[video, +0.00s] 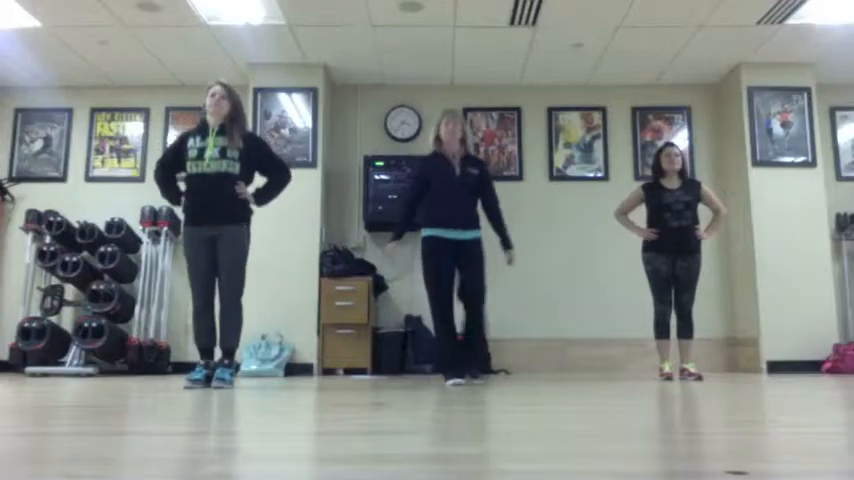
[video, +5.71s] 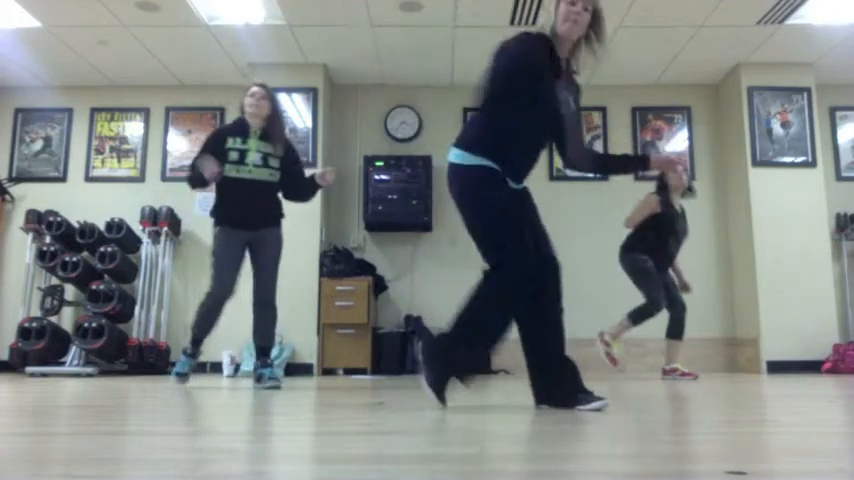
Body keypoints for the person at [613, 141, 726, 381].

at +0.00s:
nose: (673, 159)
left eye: (676, 155)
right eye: (667, 156)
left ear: (682, 160)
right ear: (659, 161)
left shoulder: (694, 187)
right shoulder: (649, 189)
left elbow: (721, 210)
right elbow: (620, 213)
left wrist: (707, 233)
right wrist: (640, 231)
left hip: (688, 253)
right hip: (658, 253)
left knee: (684, 308)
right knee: (663, 308)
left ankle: (686, 363)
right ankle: (665, 363)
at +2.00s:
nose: (660, 163)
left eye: (663, 158)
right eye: (655, 159)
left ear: (670, 162)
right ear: (648, 164)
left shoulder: (682, 189)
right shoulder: (638, 189)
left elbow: (706, 213)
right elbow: (607, 211)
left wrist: (693, 234)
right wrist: (627, 232)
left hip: (676, 253)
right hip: (645, 254)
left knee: (678, 307)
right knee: (649, 308)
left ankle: (685, 364)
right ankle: (650, 364)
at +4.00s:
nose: (648, 164)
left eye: (651, 160)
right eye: (643, 161)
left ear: (658, 163)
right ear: (636, 167)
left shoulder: (670, 190)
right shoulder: (627, 192)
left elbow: (695, 212)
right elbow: (600, 217)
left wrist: (684, 233)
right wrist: (620, 234)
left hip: (667, 252)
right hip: (639, 253)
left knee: (664, 308)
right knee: (645, 309)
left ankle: (662, 363)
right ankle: (649, 364)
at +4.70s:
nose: (635, 164)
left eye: (639, 161)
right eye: (631, 161)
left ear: (645, 166)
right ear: (622, 165)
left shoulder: (656, 194)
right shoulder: (612, 196)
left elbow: (675, 223)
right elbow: (606, 230)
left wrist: (690, 250)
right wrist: (613, 210)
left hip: (656, 255)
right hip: (626, 256)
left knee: (663, 308)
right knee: (627, 310)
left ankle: (663, 363)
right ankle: (616, 364)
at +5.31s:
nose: (638, 163)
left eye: (640, 160)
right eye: (633, 160)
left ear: (643, 166)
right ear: (622, 166)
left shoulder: (649, 194)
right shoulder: (611, 190)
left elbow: (656, 231)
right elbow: (615, 210)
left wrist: (671, 264)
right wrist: (626, 181)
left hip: (645, 256)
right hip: (619, 256)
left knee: (676, 299)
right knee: (619, 307)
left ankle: (672, 358)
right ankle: (615, 365)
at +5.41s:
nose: (647, 165)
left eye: (650, 161)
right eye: (642, 160)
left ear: (654, 166)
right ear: (634, 165)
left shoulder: (658, 201)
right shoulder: (626, 190)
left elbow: (661, 239)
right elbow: (622, 220)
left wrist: (678, 269)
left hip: (650, 257)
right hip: (626, 254)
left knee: (670, 306)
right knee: (626, 306)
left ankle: (670, 364)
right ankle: (615, 364)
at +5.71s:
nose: (681, 176)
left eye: (683, 172)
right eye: (674, 172)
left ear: (687, 179)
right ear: (664, 177)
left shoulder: (679, 211)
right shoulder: (655, 200)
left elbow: (668, 251)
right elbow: (630, 222)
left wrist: (680, 278)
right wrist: (649, 211)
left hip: (658, 263)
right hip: (636, 256)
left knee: (678, 307)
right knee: (656, 302)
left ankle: (671, 365)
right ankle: (610, 336)